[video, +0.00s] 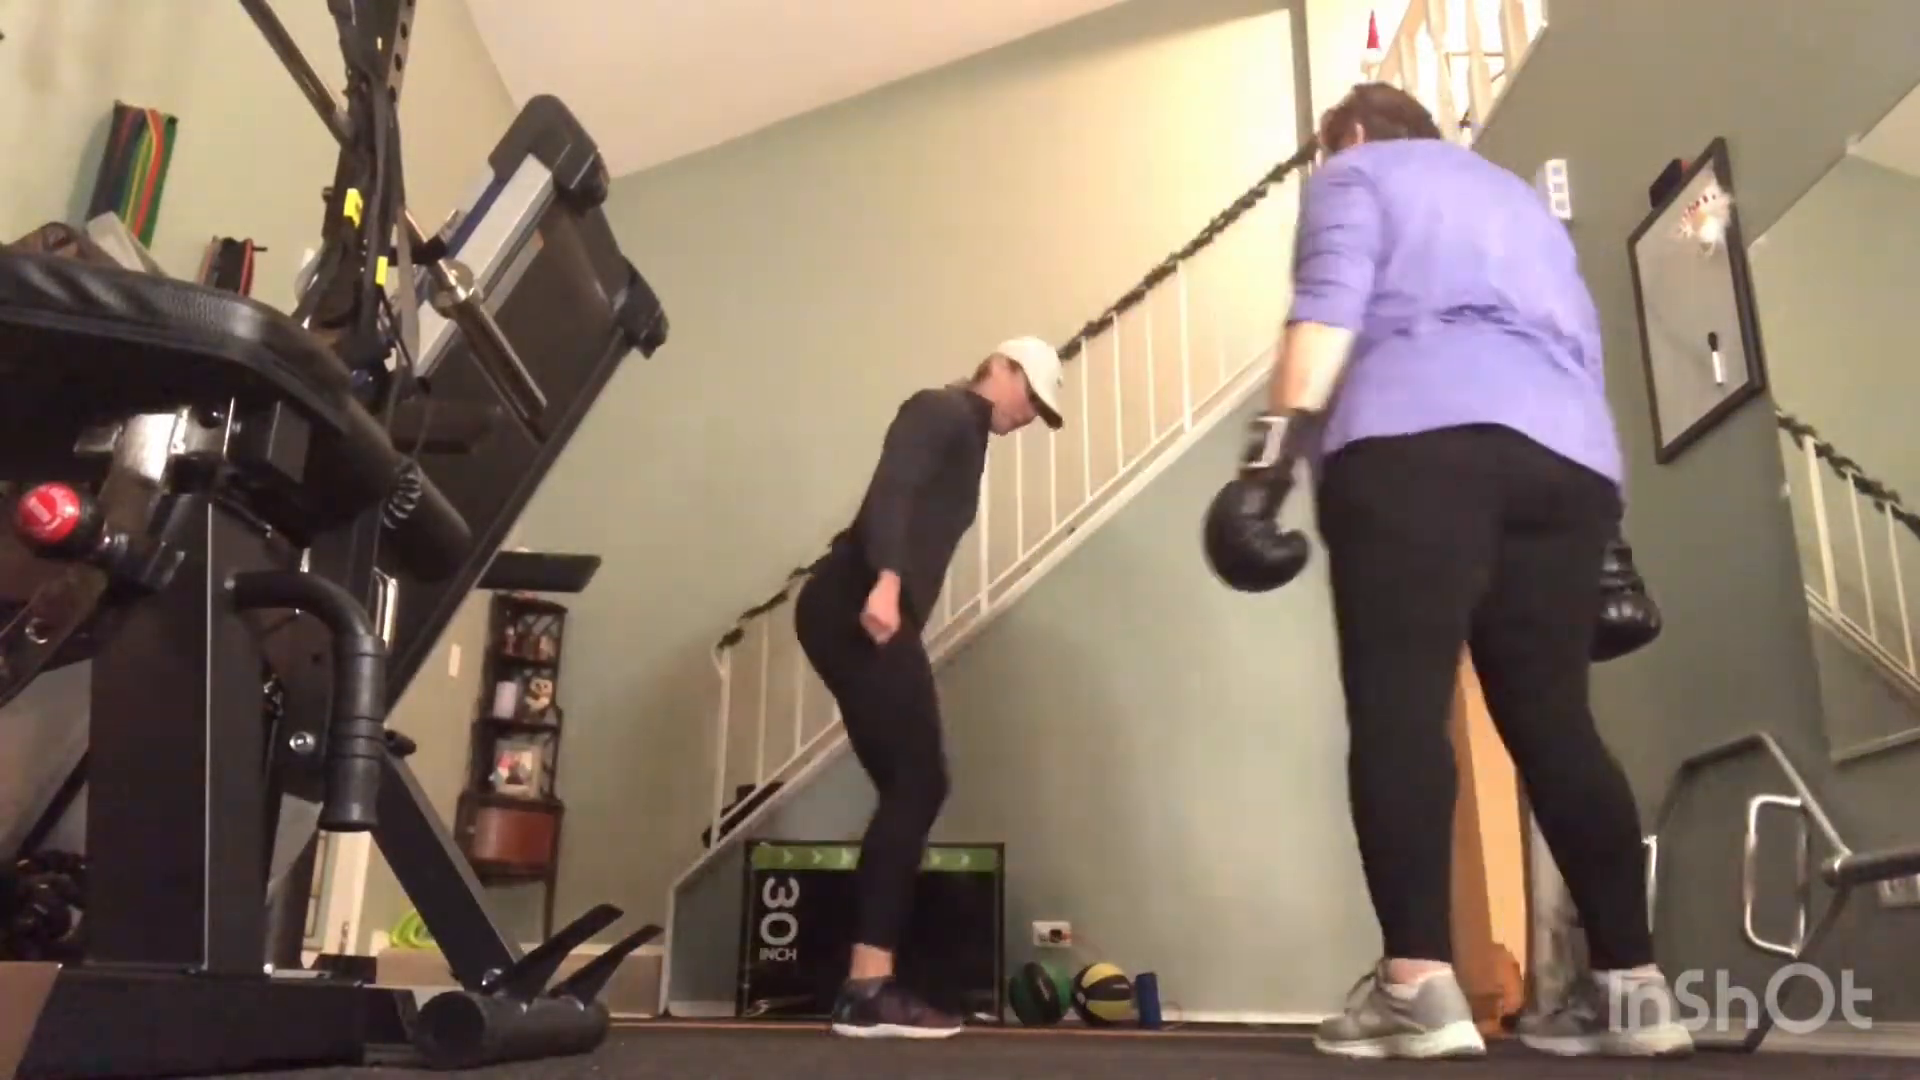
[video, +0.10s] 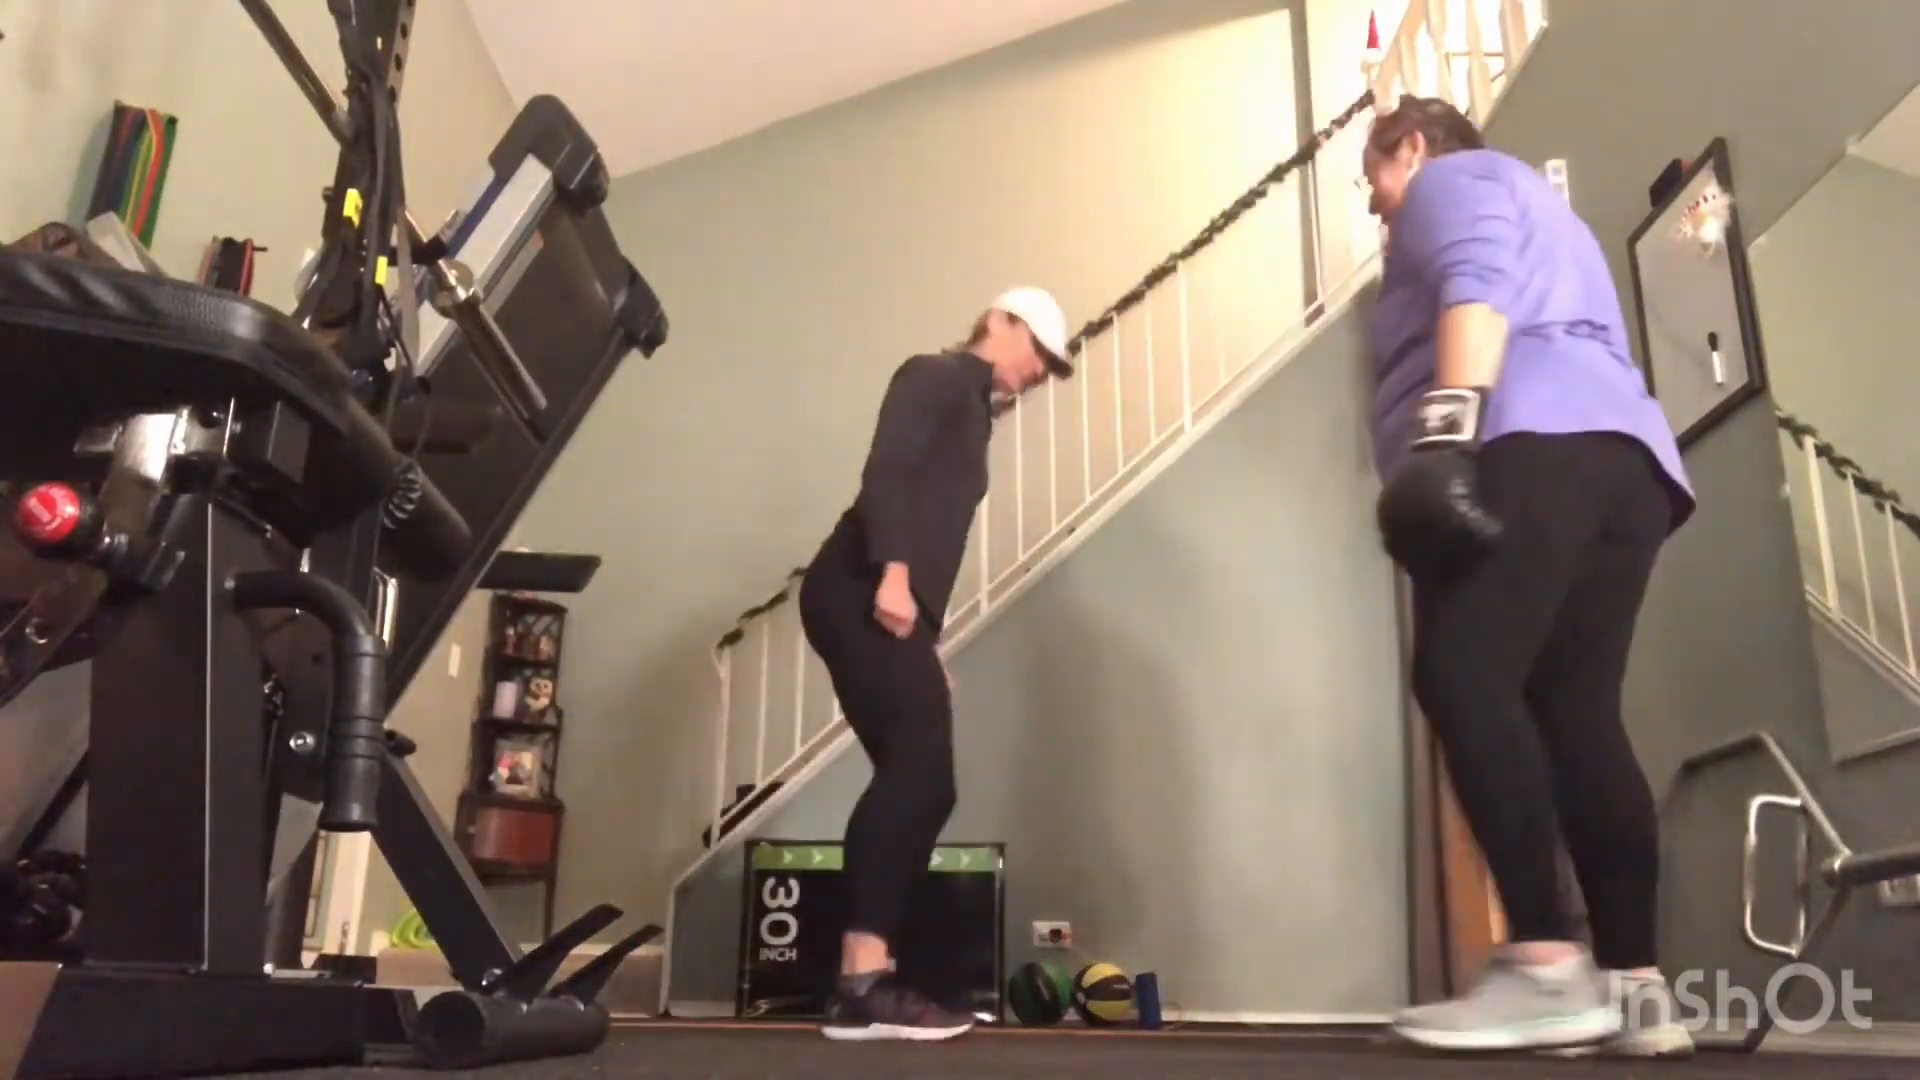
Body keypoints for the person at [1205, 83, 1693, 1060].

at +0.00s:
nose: (1326, 176)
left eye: (1327, 162)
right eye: (1325, 164)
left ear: (1350, 140)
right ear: (1426, 134)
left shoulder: (1349, 173)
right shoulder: (1531, 207)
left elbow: (1325, 315)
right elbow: (1582, 365)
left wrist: (1267, 464)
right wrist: (1603, 530)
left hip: (1411, 445)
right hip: (1563, 458)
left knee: (1398, 715)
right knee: (1554, 722)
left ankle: (1417, 982)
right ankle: (1632, 981)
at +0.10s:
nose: (1373, 196)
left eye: (1374, 174)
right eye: (1369, 181)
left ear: (1413, 146)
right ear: (1461, 138)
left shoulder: (1456, 177)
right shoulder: (1556, 219)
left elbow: (1478, 290)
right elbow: (1588, 345)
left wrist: (1445, 433)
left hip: (1545, 441)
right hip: (1637, 461)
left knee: (1465, 670)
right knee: (1578, 703)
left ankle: (1548, 964)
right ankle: (1635, 983)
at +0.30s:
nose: (1398, 144)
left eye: (1402, 121)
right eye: (1393, 129)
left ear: (1450, 91)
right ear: (1450, 98)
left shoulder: (1517, 123)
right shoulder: (1470, 208)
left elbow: (1555, 253)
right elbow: (1508, 375)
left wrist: (1527, 407)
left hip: (1629, 411)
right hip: (1582, 436)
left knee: (1611, 673)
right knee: (1579, 696)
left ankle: (1696, 985)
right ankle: (1636, 979)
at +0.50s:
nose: (1447, 136)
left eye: (1448, 112)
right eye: (1441, 119)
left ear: (1487, 77)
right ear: (1502, 78)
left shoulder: (1563, 109)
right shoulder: (1515, 178)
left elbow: (1589, 242)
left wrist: (1555, 410)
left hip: (1651, 412)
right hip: (1608, 430)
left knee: (1623, 679)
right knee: (1587, 696)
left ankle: (1700, 986)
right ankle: (1635, 978)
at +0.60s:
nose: (1465, 126)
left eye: (1469, 101)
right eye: (1461, 108)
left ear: (1509, 73)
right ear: (1534, 73)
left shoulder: (1569, 106)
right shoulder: (1536, 169)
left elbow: (1588, 240)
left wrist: (1548, 407)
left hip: (1659, 410)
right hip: (1623, 427)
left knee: (1627, 680)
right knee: (1599, 690)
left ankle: (1701, 985)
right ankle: (1640, 977)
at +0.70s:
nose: (1470, 132)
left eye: (1474, 108)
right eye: (1466, 115)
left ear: (1512, 83)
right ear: (1542, 81)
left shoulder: (1565, 115)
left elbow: (1586, 243)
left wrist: (1552, 410)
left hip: (1654, 414)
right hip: (1635, 427)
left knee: (1626, 686)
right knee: (1606, 695)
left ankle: (1704, 987)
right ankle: (1677, 972)